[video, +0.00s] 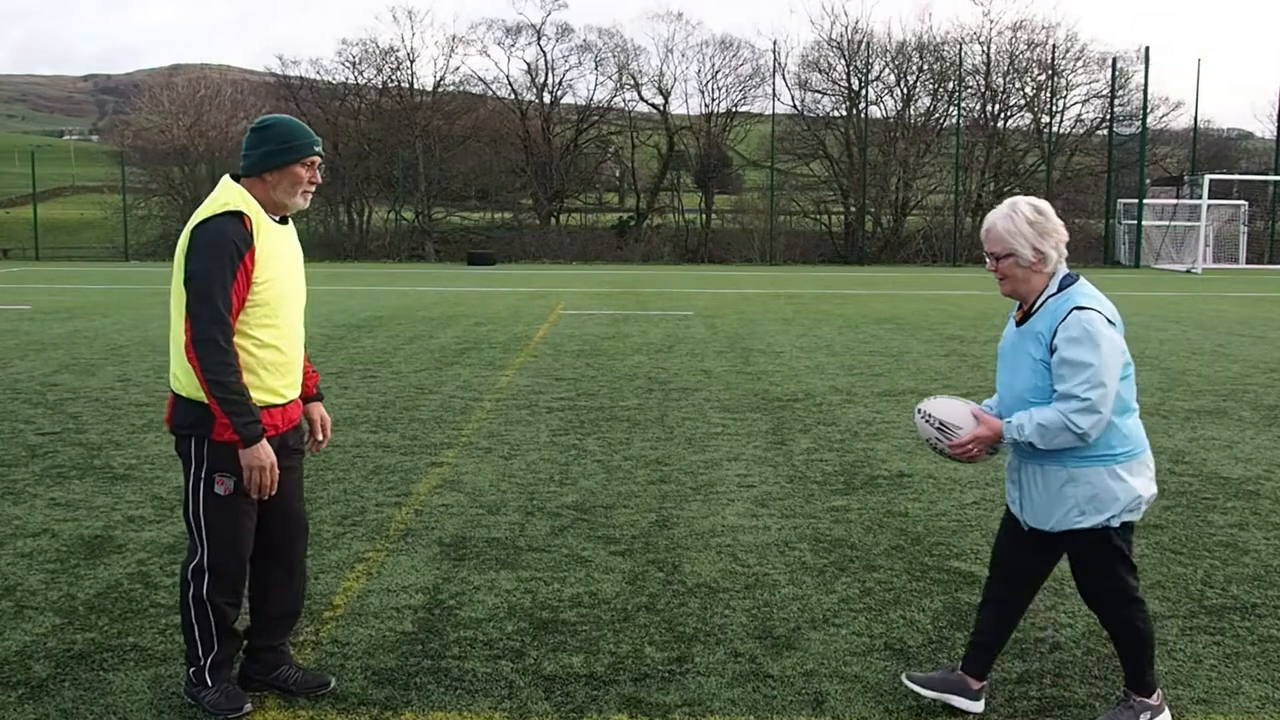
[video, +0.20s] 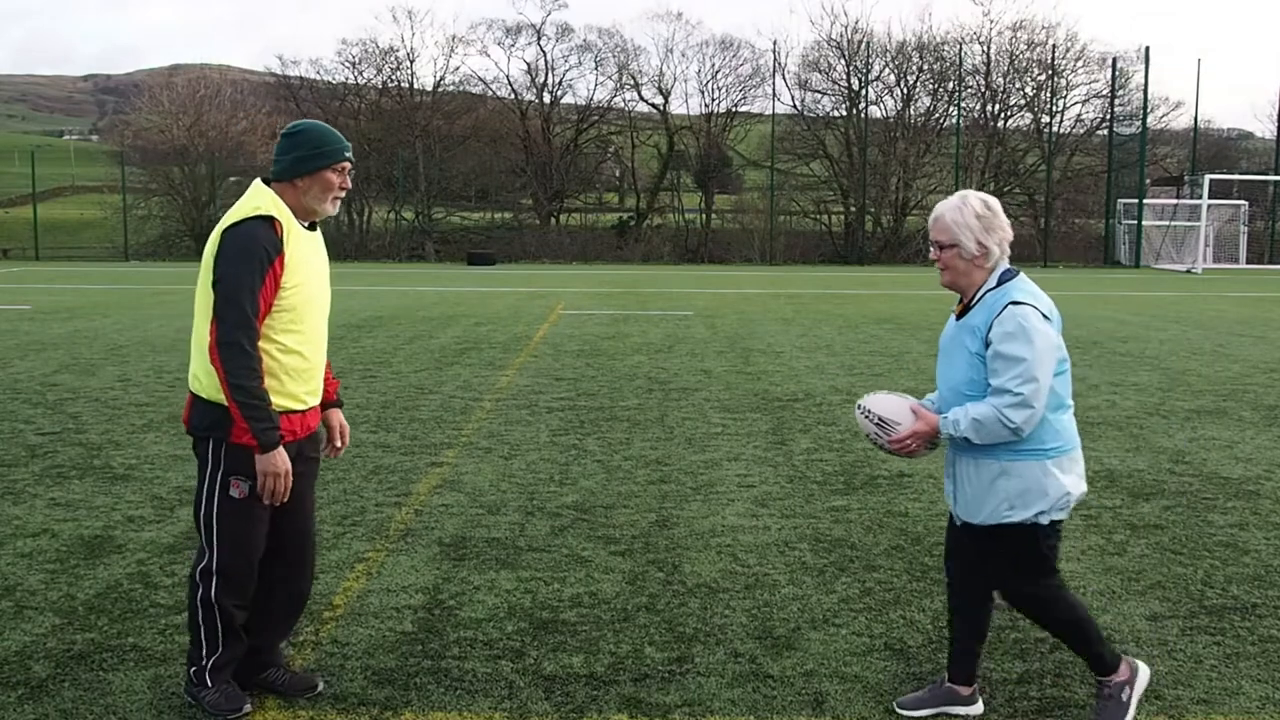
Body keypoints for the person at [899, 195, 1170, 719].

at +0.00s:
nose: (992, 268)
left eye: (999, 257)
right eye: (989, 258)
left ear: (1038, 255)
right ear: (1034, 257)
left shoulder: (1081, 320)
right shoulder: (1026, 313)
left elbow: (1082, 418)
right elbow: (1020, 393)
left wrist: (1004, 430)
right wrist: (974, 422)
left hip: (1094, 483)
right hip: (1040, 478)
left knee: (1111, 593)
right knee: (1008, 580)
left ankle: (1146, 698)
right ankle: (969, 677)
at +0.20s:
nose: (933, 258)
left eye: (942, 247)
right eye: (932, 247)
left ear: (980, 250)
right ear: (977, 251)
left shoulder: (1018, 315)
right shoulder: (975, 308)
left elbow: (1016, 412)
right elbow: (965, 388)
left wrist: (942, 425)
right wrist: (917, 413)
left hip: (1026, 482)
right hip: (979, 477)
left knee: (1029, 586)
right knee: (965, 580)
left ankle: (1117, 673)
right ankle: (960, 686)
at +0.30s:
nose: (904, 253)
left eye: (914, 243)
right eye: (904, 243)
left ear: (949, 248)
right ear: (942, 250)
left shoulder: (987, 312)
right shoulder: (948, 306)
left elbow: (984, 411)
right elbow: (934, 385)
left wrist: (909, 423)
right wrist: (890, 409)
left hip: (994, 472)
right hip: (957, 469)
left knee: (971, 578)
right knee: (949, 574)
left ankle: (1051, 666)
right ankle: (960, 686)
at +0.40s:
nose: (875, 252)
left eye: (883, 242)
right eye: (875, 241)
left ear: (920, 246)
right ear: (911, 247)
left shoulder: (958, 311)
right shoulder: (916, 305)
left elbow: (954, 407)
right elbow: (901, 385)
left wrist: (882, 422)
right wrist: (857, 412)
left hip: (970, 468)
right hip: (941, 463)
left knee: (911, 562)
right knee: (945, 571)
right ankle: (958, 678)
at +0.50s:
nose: (846, 251)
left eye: (855, 241)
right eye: (846, 240)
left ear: (892, 246)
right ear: (881, 247)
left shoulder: (929, 310)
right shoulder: (887, 306)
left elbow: (924, 407)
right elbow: (872, 386)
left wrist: (853, 424)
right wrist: (828, 415)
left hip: (939, 471)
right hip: (910, 465)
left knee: (885, 566)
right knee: (929, 575)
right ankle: (958, 685)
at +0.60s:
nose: (821, 252)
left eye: (830, 242)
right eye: (821, 241)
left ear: (867, 248)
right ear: (862, 249)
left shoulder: (902, 314)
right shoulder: (864, 306)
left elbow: (892, 412)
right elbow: (844, 388)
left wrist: (821, 426)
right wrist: (799, 417)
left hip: (904, 473)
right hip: (877, 467)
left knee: (858, 573)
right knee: (882, 575)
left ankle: (847, 697)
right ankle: (942, 668)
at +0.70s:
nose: (794, 253)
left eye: (804, 243)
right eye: (794, 242)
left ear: (840, 249)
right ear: (838, 249)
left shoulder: (873, 314)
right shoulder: (839, 305)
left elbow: (860, 411)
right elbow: (821, 390)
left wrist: (790, 428)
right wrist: (772, 420)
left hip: (876, 475)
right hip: (841, 467)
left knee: (844, 584)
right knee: (808, 560)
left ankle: (847, 697)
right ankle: (881, 653)